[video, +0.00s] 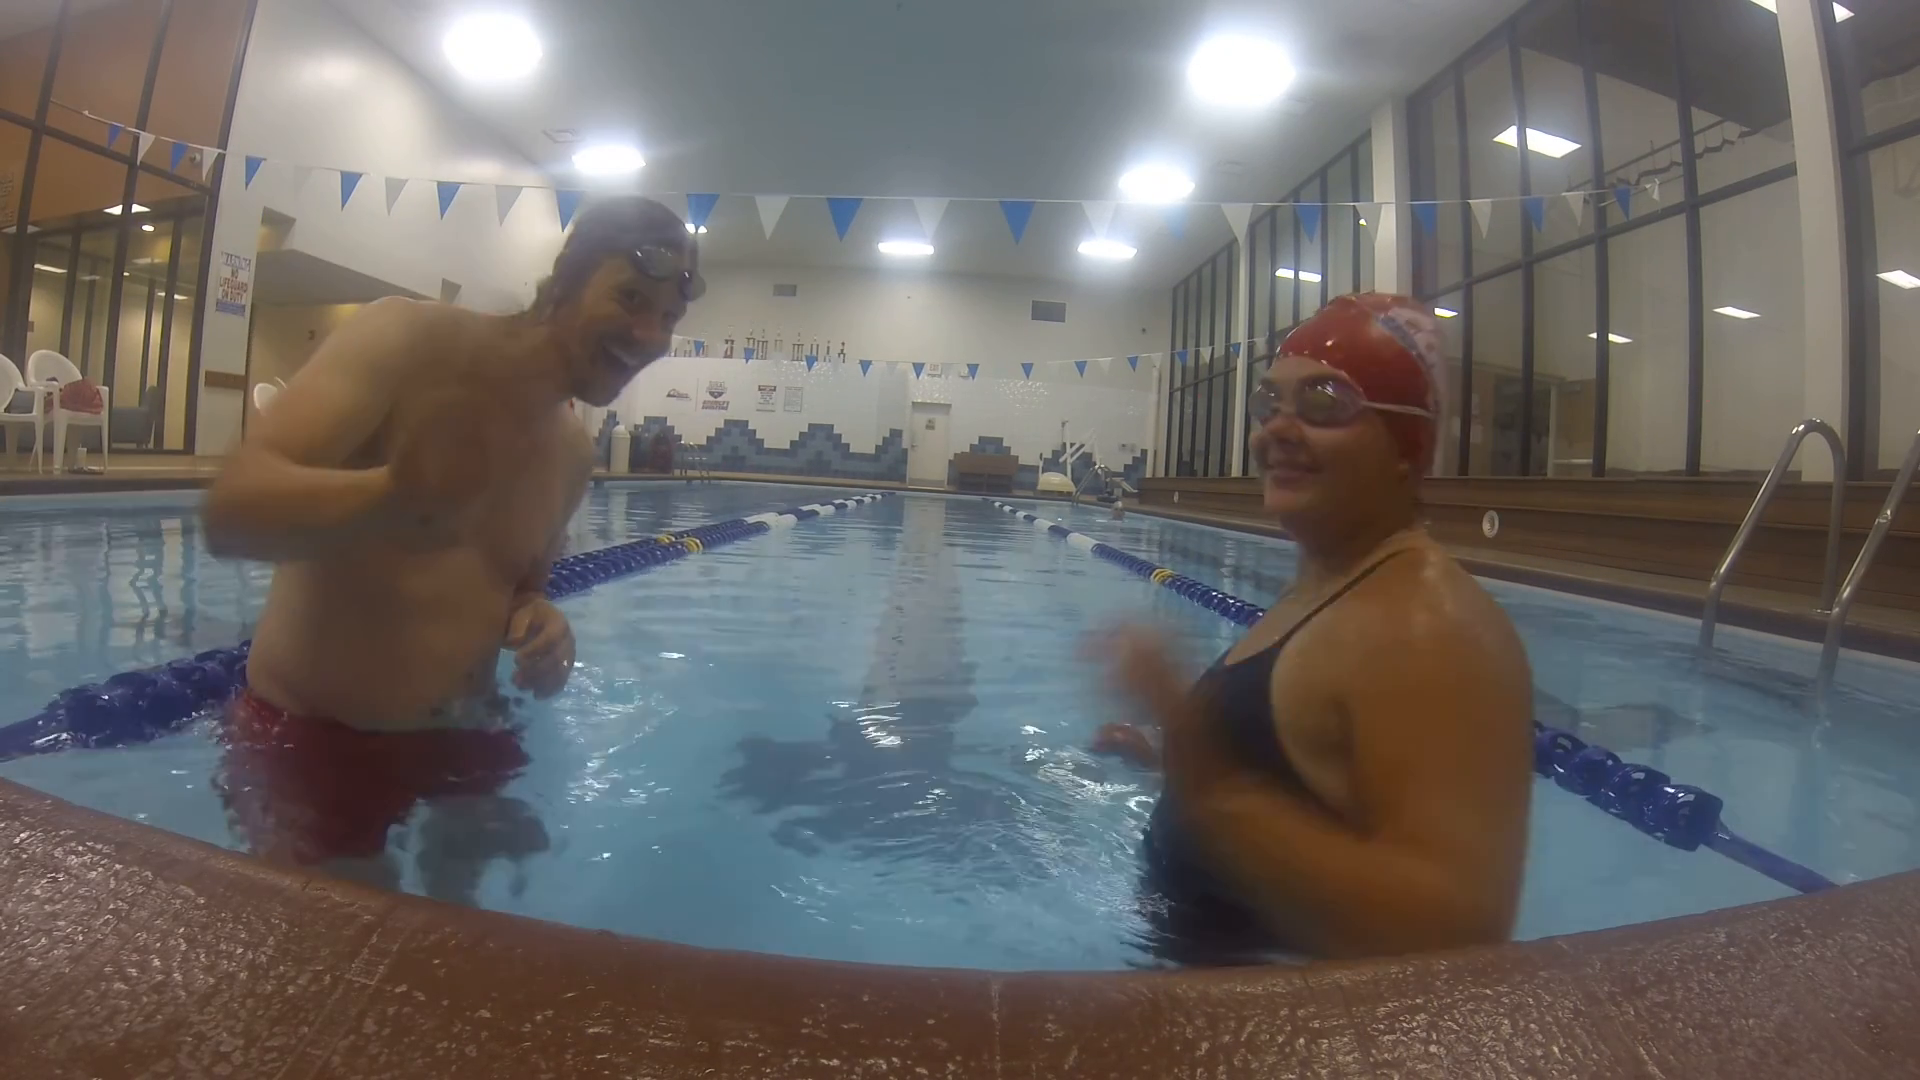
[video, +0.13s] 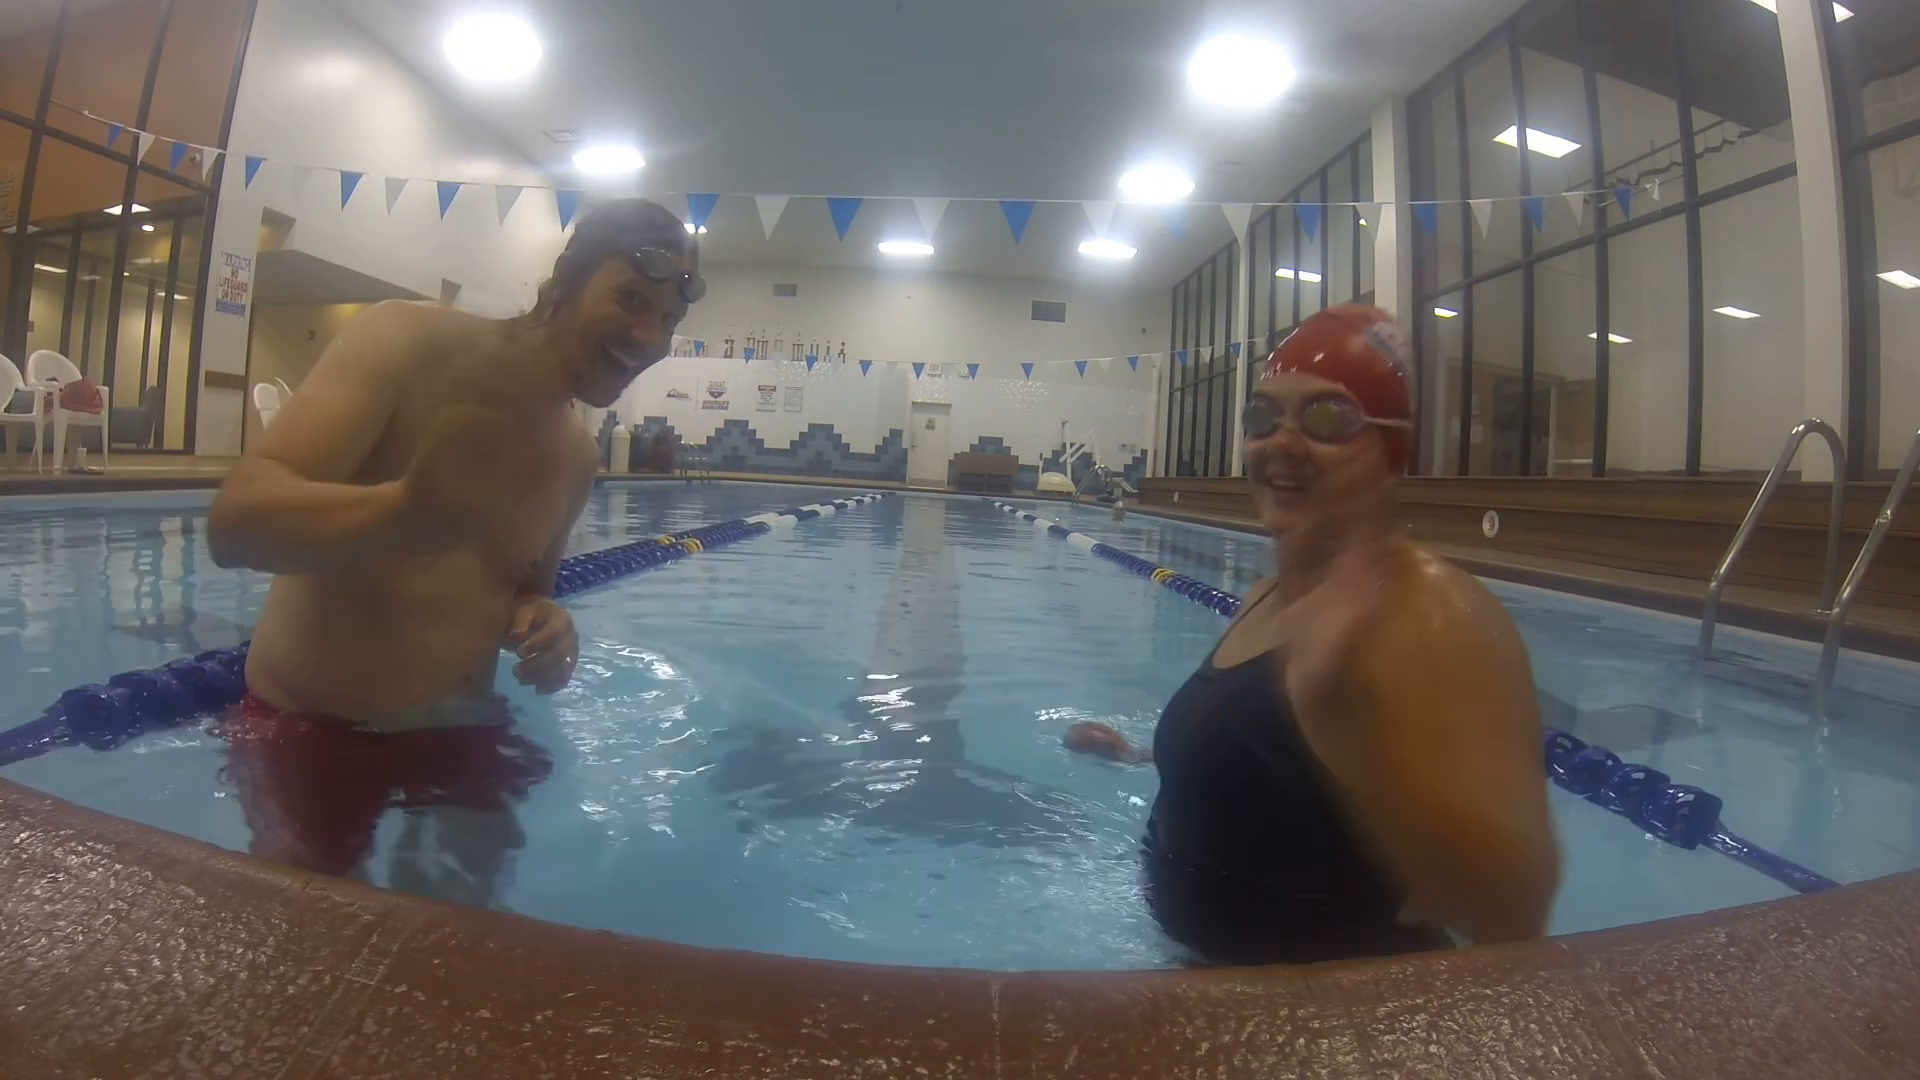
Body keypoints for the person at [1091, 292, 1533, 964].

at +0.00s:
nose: (1279, 427)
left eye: (1323, 405)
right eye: (1270, 404)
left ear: (1406, 445)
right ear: (1254, 420)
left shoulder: (1431, 635)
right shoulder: (1322, 584)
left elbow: (1452, 921)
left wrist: (1212, 788)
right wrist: (1174, 758)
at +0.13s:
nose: (1282, 443)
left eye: (1326, 420)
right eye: (1264, 417)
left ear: (1394, 452)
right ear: (1244, 435)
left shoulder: (1433, 619)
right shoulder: (1278, 597)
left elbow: (1508, 908)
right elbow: (1260, 774)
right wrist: (1135, 755)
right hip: (1220, 993)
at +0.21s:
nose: (1280, 454)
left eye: (1324, 429)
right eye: (1259, 426)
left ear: (1389, 460)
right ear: (1240, 446)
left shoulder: (1438, 614)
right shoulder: (1252, 600)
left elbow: (1555, 878)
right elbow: (1256, 779)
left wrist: (1397, 686)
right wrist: (1123, 758)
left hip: (1361, 1010)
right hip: (1223, 990)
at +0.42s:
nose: (1282, 469)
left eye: (1321, 448)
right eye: (1261, 443)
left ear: (1369, 478)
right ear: (1240, 464)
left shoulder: (1409, 619)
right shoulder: (1219, 609)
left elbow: (1599, 803)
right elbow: (1215, 742)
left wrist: (1474, 646)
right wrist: (1114, 761)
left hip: (1368, 985)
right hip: (1221, 970)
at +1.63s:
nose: (1324, 465)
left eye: (1363, 444)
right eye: (1308, 440)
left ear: (1424, 471)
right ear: (1289, 458)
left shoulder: (1474, 594)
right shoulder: (1297, 591)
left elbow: (1635, 782)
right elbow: (1307, 727)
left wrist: (1425, 715)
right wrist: (1203, 739)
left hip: (1452, 962)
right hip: (1309, 949)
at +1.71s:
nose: (1300, 467)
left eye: (1339, 443)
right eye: (1293, 442)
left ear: (1420, 470)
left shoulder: (1458, 596)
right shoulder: (1319, 595)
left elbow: (1615, 796)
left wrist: (1342, 732)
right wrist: (1269, 713)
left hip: (1446, 976)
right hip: (1323, 950)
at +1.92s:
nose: (1281, 461)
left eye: (1299, 436)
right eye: (1289, 436)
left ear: (1370, 459)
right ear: (1374, 462)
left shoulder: (1426, 588)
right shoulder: (1430, 576)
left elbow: (1487, 850)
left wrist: (1249, 788)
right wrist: (1265, 780)